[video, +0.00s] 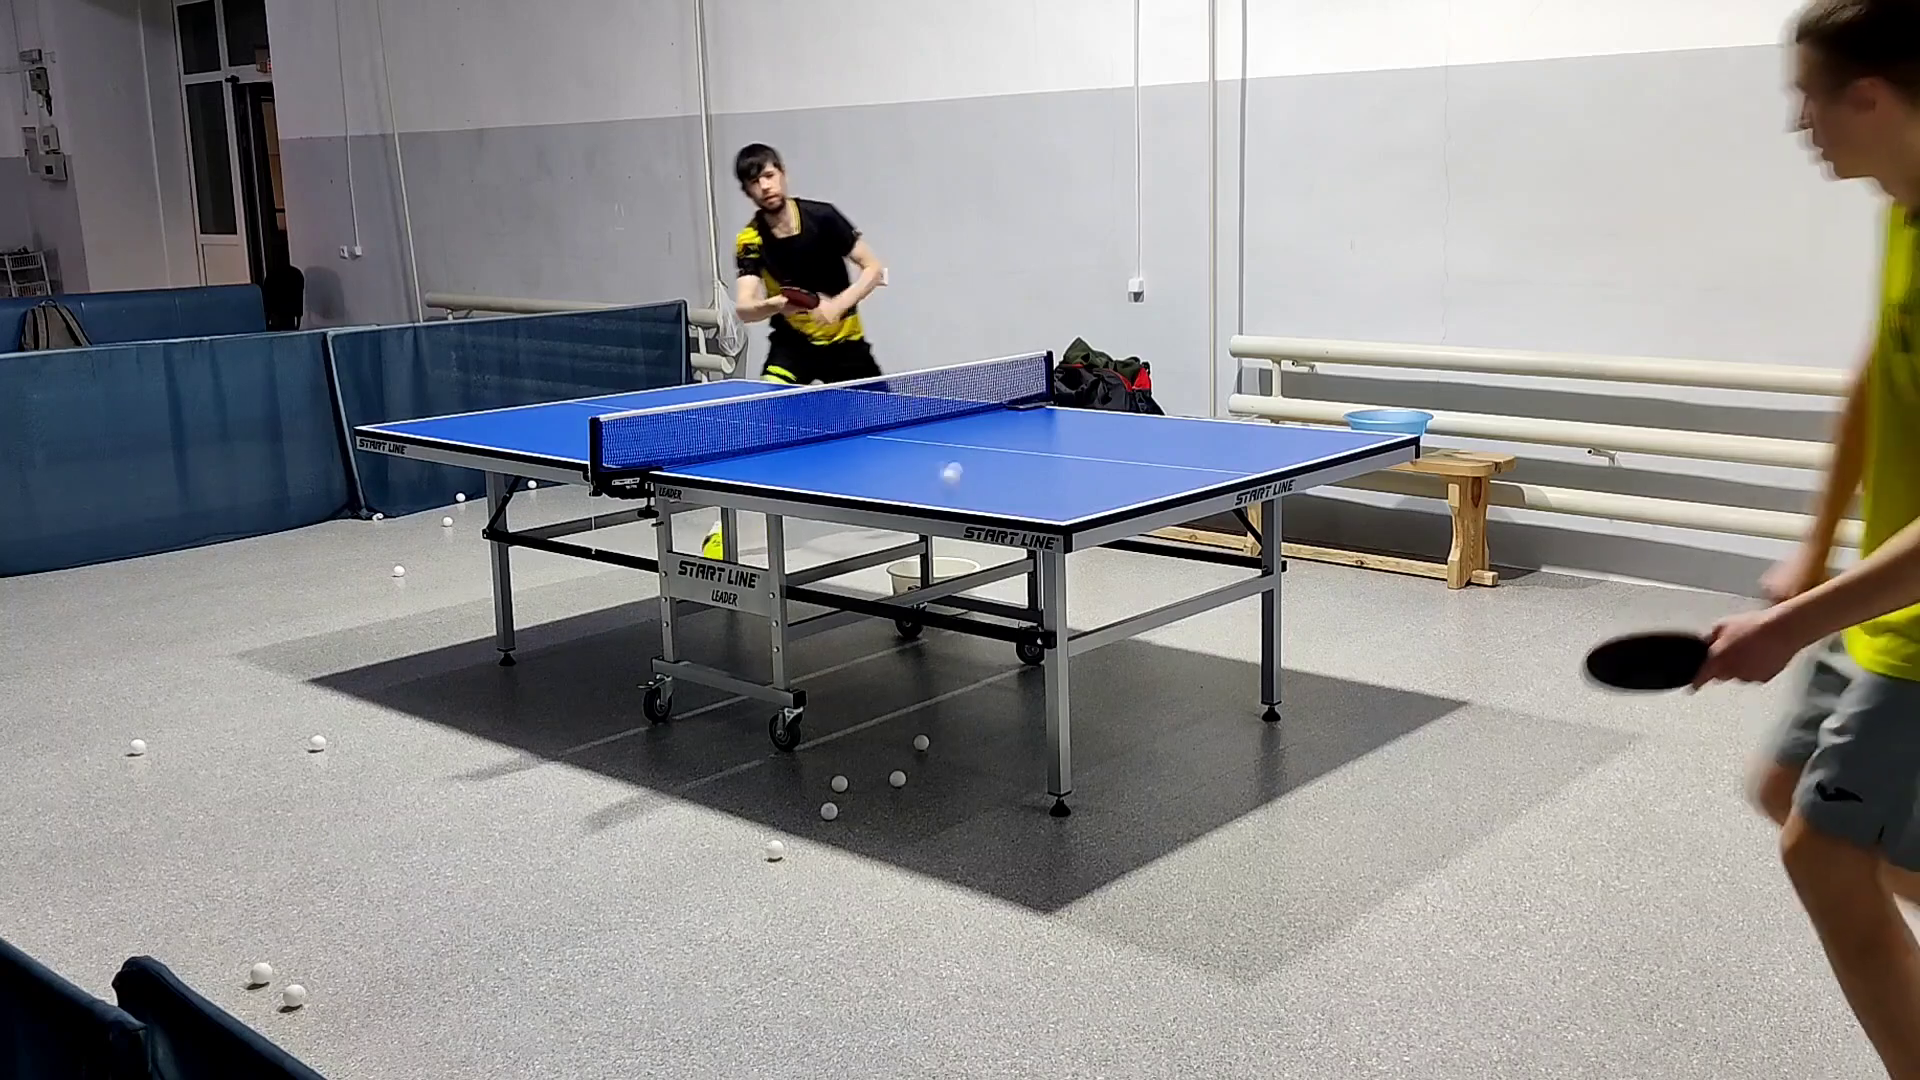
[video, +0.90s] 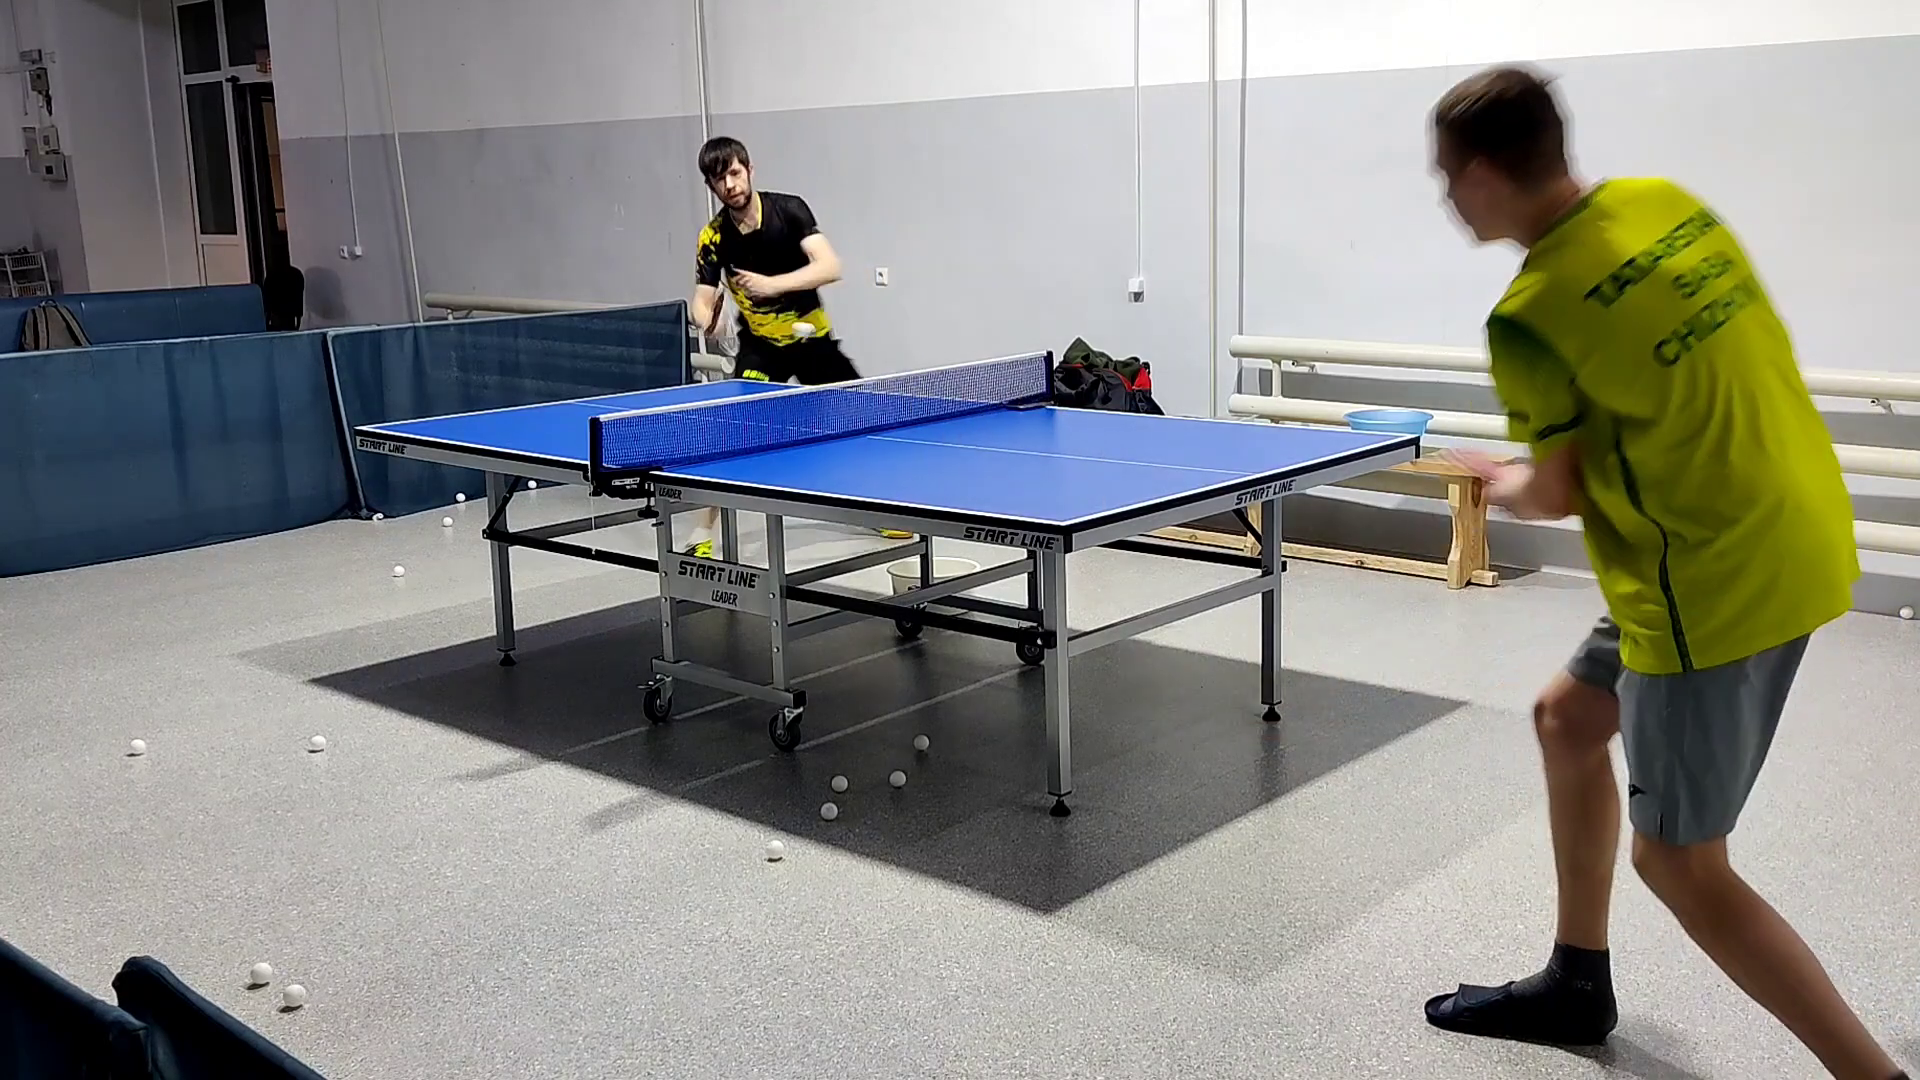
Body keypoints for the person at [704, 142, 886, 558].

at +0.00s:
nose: (766, 186)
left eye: (770, 175)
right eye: (755, 181)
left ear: (783, 175)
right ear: (747, 192)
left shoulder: (824, 217)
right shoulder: (752, 240)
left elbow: (874, 269)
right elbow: (744, 310)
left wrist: (839, 304)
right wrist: (775, 305)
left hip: (845, 344)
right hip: (792, 348)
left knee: (889, 422)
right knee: (758, 424)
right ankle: (726, 526)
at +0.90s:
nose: (730, 185)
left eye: (735, 173)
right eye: (720, 179)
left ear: (749, 170)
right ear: (711, 186)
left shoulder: (790, 210)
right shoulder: (714, 236)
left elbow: (829, 267)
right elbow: (703, 304)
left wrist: (773, 283)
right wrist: (708, 319)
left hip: (813, 343)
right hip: (759, 349)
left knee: (865, 417)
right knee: (729, 434)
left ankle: (886, 506)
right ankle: (705, 537)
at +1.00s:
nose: (723, 206)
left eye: (728, 194)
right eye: (713, 199)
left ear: (743, 189)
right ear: (706, 204)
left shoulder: (780, 223)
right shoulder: (719, 256)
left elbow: (788, 281)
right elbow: (714, 322)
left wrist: (717, 284)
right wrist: (712, 360)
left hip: (832, 338)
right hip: (784, 344)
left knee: (877, 410)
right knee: (754, 410)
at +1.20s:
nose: (725, 267)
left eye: (731, 255)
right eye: (718, 259)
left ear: (750, 249)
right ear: (714, 262)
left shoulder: (779, 275)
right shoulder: (751, 300)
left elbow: (755, 331)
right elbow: (760, 362)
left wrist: (699, 326)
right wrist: (757, 408)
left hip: (868, 370)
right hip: (821, 373)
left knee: (897, 457)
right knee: (760, 426)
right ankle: (759, 529)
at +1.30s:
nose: (742, 267)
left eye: (749, 257)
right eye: (736, 261)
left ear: (771, 253)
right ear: (731, 265)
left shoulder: (801, 282)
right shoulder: (768, 306)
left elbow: (826, 345)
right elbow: (788, 362)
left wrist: (754, 347)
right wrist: (769, 408)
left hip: (878, 373)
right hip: (831, 378)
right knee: (776, 433)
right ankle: (759, 528)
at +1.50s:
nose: (813, 233)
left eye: (820, 224)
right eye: (807, 227)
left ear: (840, 223)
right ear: (802, 232)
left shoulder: (874, 268)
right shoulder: (800, 271)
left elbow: (895, 339)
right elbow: (752, 273)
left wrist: (849, 298)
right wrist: (769, 203)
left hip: (877, 385)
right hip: (823, 384)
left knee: (896, 465)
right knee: (766, 430)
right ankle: (752, 522)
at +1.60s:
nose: (846, 233)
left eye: (854, 225)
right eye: (839, 226)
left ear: (866, 229)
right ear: (828, 231)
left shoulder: (881, 279)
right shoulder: (820, 262)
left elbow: (893, 352)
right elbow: (814, 213)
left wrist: (874, 305)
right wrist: (872, 181)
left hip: (857, 390)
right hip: (811, 384)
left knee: (871, 470)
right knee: (784, 453)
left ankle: (901, 562)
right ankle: (760, 524)